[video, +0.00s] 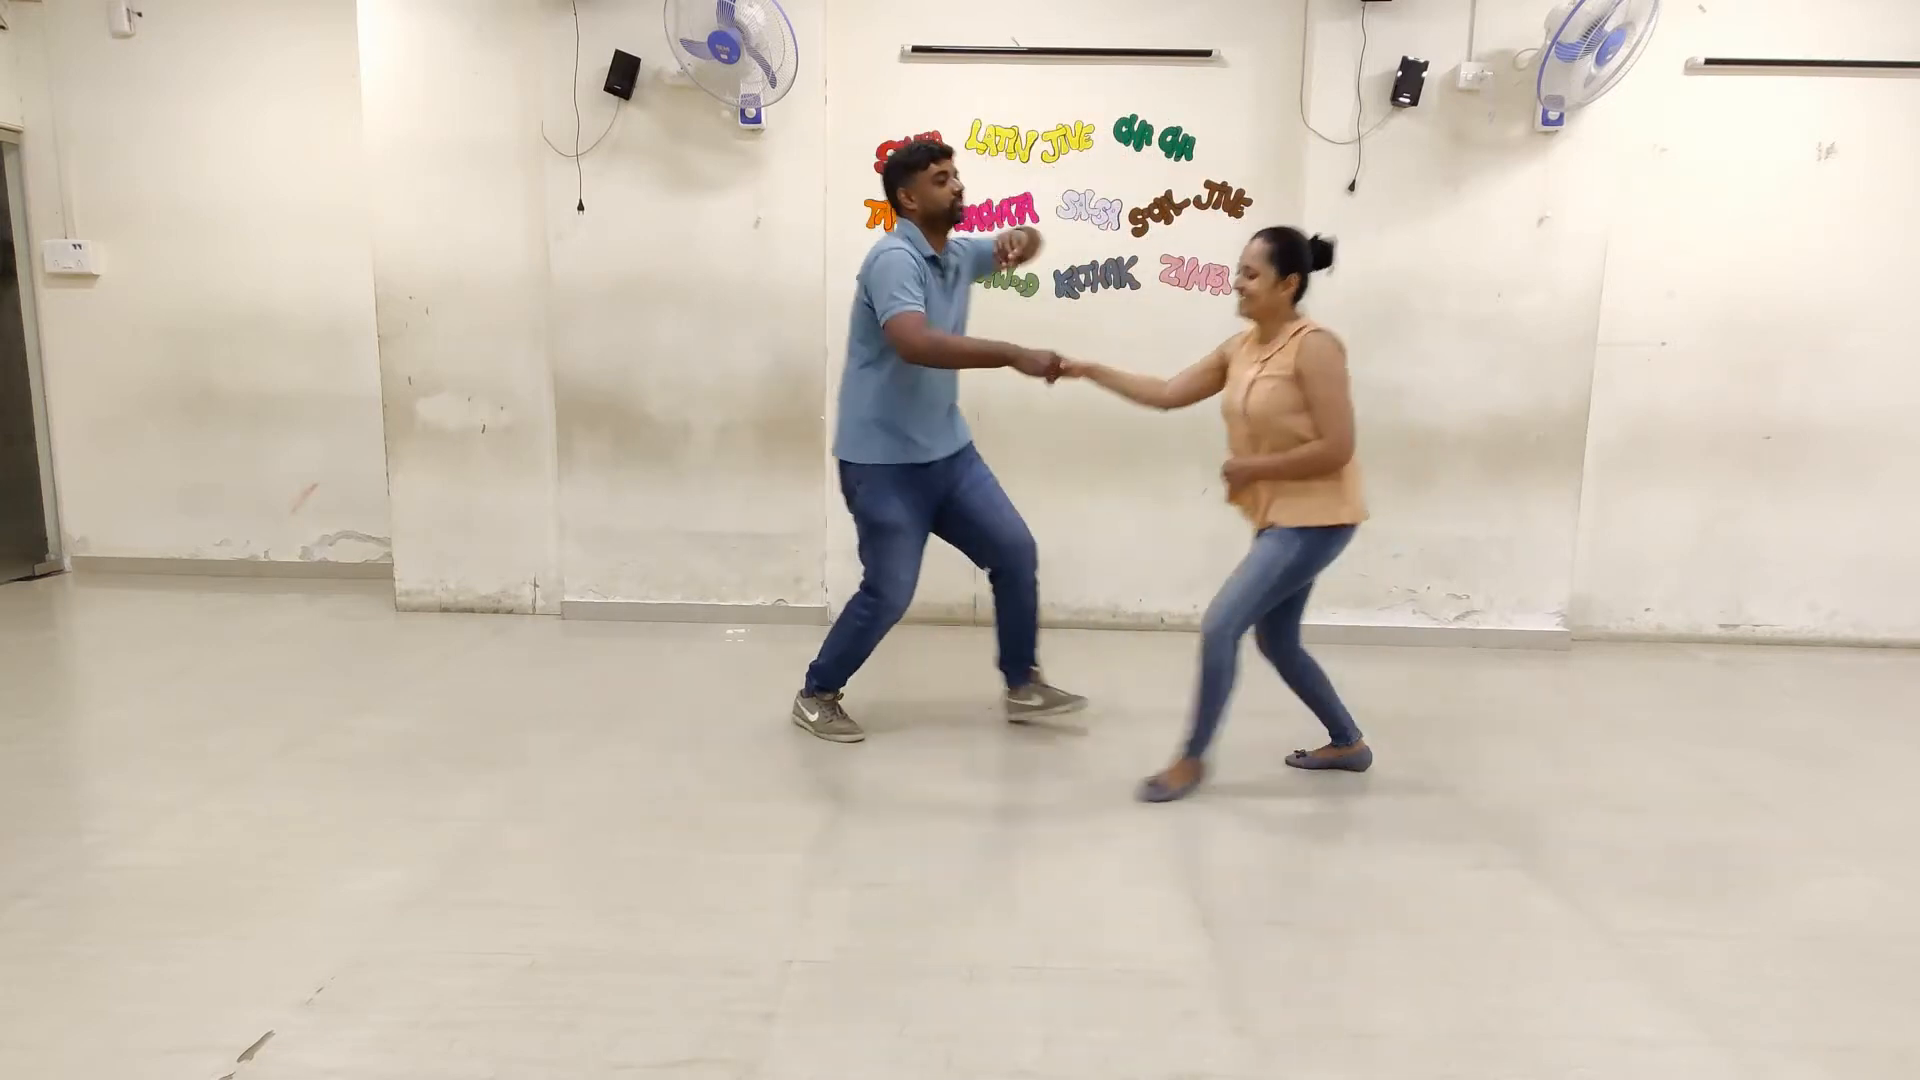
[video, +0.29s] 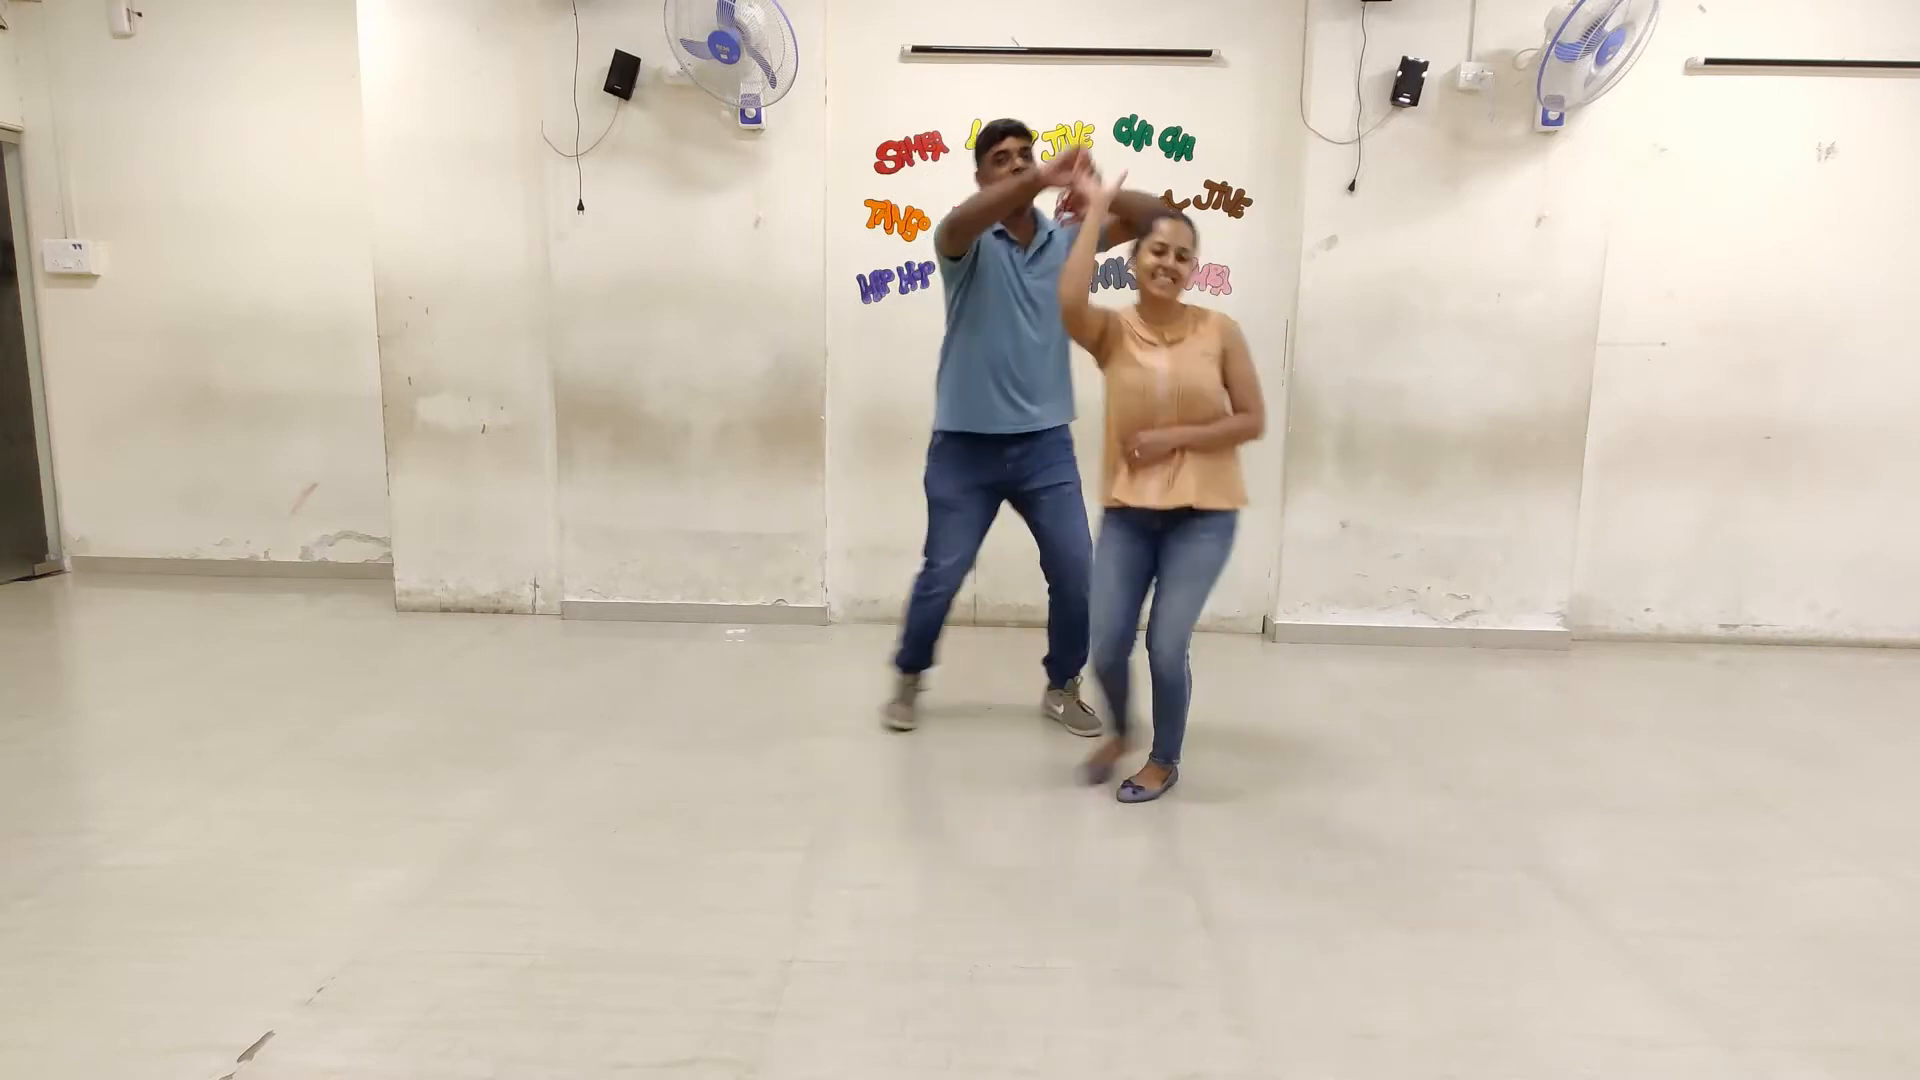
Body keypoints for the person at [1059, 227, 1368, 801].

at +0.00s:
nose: (1237, 283)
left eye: (1250, 275)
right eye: (1239, 272)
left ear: (1288, 284)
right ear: (1254, 281)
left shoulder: (1316, 347)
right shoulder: (1242, 347)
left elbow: (1337, 447)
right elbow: (1167, 394)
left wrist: (1256, 466)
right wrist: (1091, 371)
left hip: (1315, 518)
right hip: (1277, 518)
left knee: (1222, 624)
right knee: (1278, 641)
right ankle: (1348, 743)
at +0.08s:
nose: (1220, 293)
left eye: (1234, 285)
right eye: (1219, 282)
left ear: (1270, 297)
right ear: (1220, 285)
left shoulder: (1292, 358)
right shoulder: (1214, 359)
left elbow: (1322, 457)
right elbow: (1146, 409)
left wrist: (1231, 478)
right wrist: (1074, 382)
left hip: (1285, 532)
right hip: (1245, 530)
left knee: (1190, 632)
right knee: (1258, 651)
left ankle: (1160, 762)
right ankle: (1345, 738)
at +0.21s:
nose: (1188, 282)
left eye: (1205, 276)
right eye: (1183, 268)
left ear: (1227, 289)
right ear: (1170, 271)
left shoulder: (1249, 350)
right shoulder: (1150, 349)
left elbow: (1282, 445)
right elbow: (1082, 383)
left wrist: (1189, 467)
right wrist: (1076, 295)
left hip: (1232, 529)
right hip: (1169, 525)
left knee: (1163, 647)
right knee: (1158, 651)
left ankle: (1159, 765)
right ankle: (1256, 698)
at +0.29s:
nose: (1168, 262)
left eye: (1181, 254)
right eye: (1158, 249)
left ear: (1194, 267)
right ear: (1134, 256)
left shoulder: (1218, 332)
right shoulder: (1111, 330)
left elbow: (1252, 420)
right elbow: (1072, 302)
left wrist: (1172, 436)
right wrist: (1096, 210)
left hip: (1202, 511)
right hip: (1127, 509)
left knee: (1166, 644)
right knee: (1105, 649)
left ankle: (1164, 762)